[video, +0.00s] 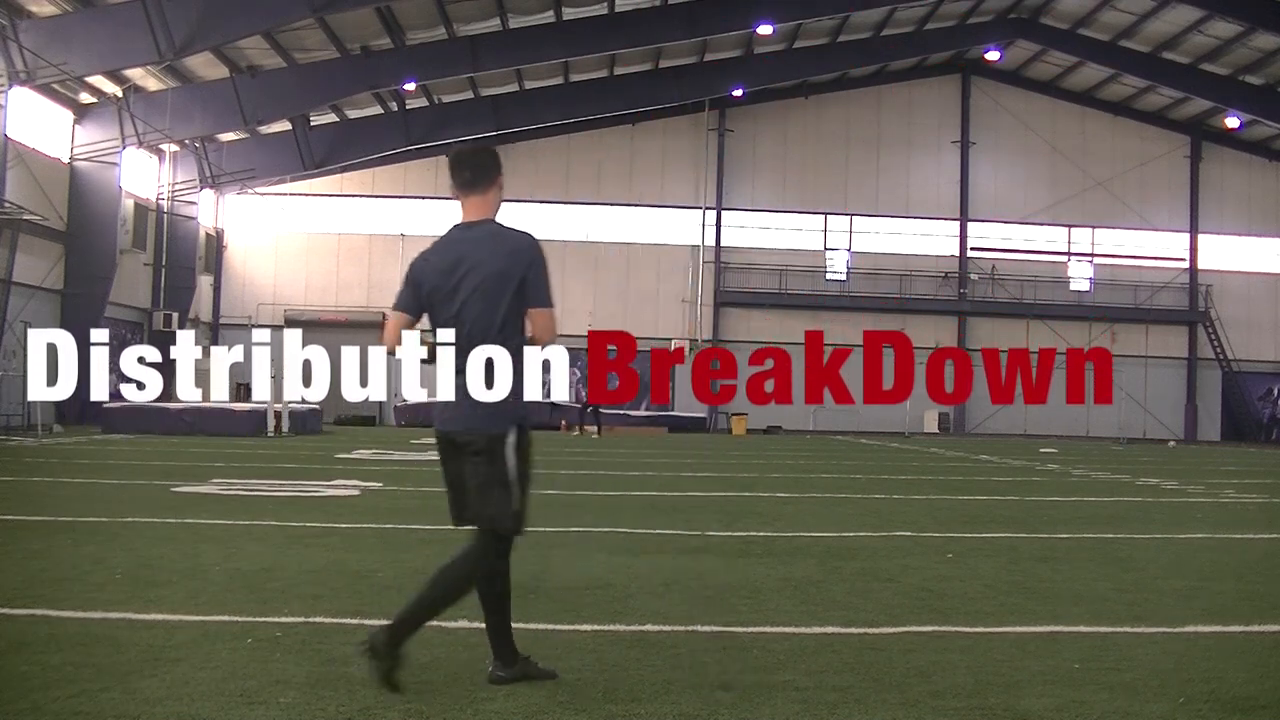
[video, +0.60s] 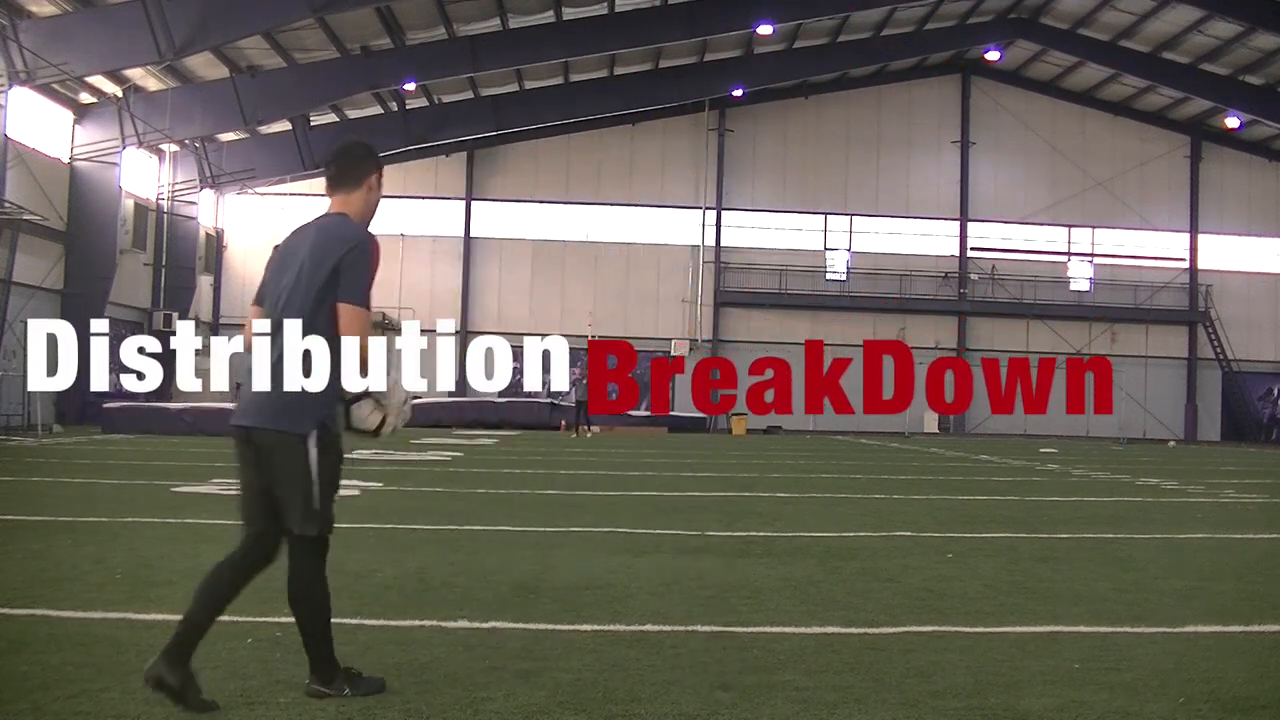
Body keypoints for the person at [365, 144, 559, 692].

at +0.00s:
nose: (496, 192)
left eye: (481, 183)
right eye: (498, 182)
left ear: (453, 189)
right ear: (499, 184)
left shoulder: (431, 258)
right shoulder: (521, 247)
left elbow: (391, 335)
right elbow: (543, 330)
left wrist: (439, 335)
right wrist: (503, 325)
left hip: (452, 420)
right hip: (500, 420)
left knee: (492, 537)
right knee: (496, 536)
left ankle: (507, 659)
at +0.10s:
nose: (480, 195)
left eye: (472, 186)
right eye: (479, 186)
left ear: (431, 192)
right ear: (475, 187)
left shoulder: (404, 260)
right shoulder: (488, 254)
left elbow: (365, 338)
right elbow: (508, 343)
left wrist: (414, 359)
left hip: (416, 423)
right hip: (454, 427)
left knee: (471, 540)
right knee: (415, 543)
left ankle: (501, 657)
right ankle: (337, 662)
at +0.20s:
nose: (458, 194)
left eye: (453, 185)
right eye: (459, 186)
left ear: (408, 187)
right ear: (455, 186)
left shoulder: (377, 251)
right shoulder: (456, 251)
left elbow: (339, 330)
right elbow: (465, 340)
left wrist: (395, 341)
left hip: (380, 417)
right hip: (412, 421)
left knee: (440, 524)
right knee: (370, 540)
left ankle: (480, 652)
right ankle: (328, 669)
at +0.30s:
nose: (439, 181)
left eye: (435, 172)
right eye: (438, 173)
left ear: (388, 174)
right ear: (431, 175)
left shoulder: (353, 240)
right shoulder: (426, 241)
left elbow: (319, 325)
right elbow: (431, 337)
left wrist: (367, 356)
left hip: (350, 411)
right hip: (380, 415)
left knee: (423, 511)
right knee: (351, 536)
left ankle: (400, 643)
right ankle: (326, 669)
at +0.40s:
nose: (416, 183)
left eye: (412, 173)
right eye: (416, 174)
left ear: (365, 172)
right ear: (408, 173)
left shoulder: (330, 236)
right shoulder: (399, 237)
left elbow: (298, 314)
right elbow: (404, 328)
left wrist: (322, 369)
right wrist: (421, 379)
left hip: (322, 408)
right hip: (358, 411)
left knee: (383, 520)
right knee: (341, 532)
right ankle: (325, 669)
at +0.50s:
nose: (397, 189)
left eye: (395, 179)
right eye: (396, 179)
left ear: (345, 176)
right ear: (388, 176)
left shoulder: (308, 238)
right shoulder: (374, 237)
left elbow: (277, 319)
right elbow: (377, 327)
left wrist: (300, 376)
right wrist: (393, 386)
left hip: (294, 412)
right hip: (334, 416)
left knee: (316, 542)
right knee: (323, 541)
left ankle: (224, 633)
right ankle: (325, 674)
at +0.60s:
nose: (381, 198)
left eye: (379, 187)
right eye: (382, 187)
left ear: (330, 183)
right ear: (373, 183)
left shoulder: (291, 241)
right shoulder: (357, 241)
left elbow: (255, 327)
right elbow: (352, 335)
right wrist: (363, 397)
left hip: (255, 416)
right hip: (303, 420)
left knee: (260, 541)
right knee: (308, 547)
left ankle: (173, 660)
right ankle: (327, 673)